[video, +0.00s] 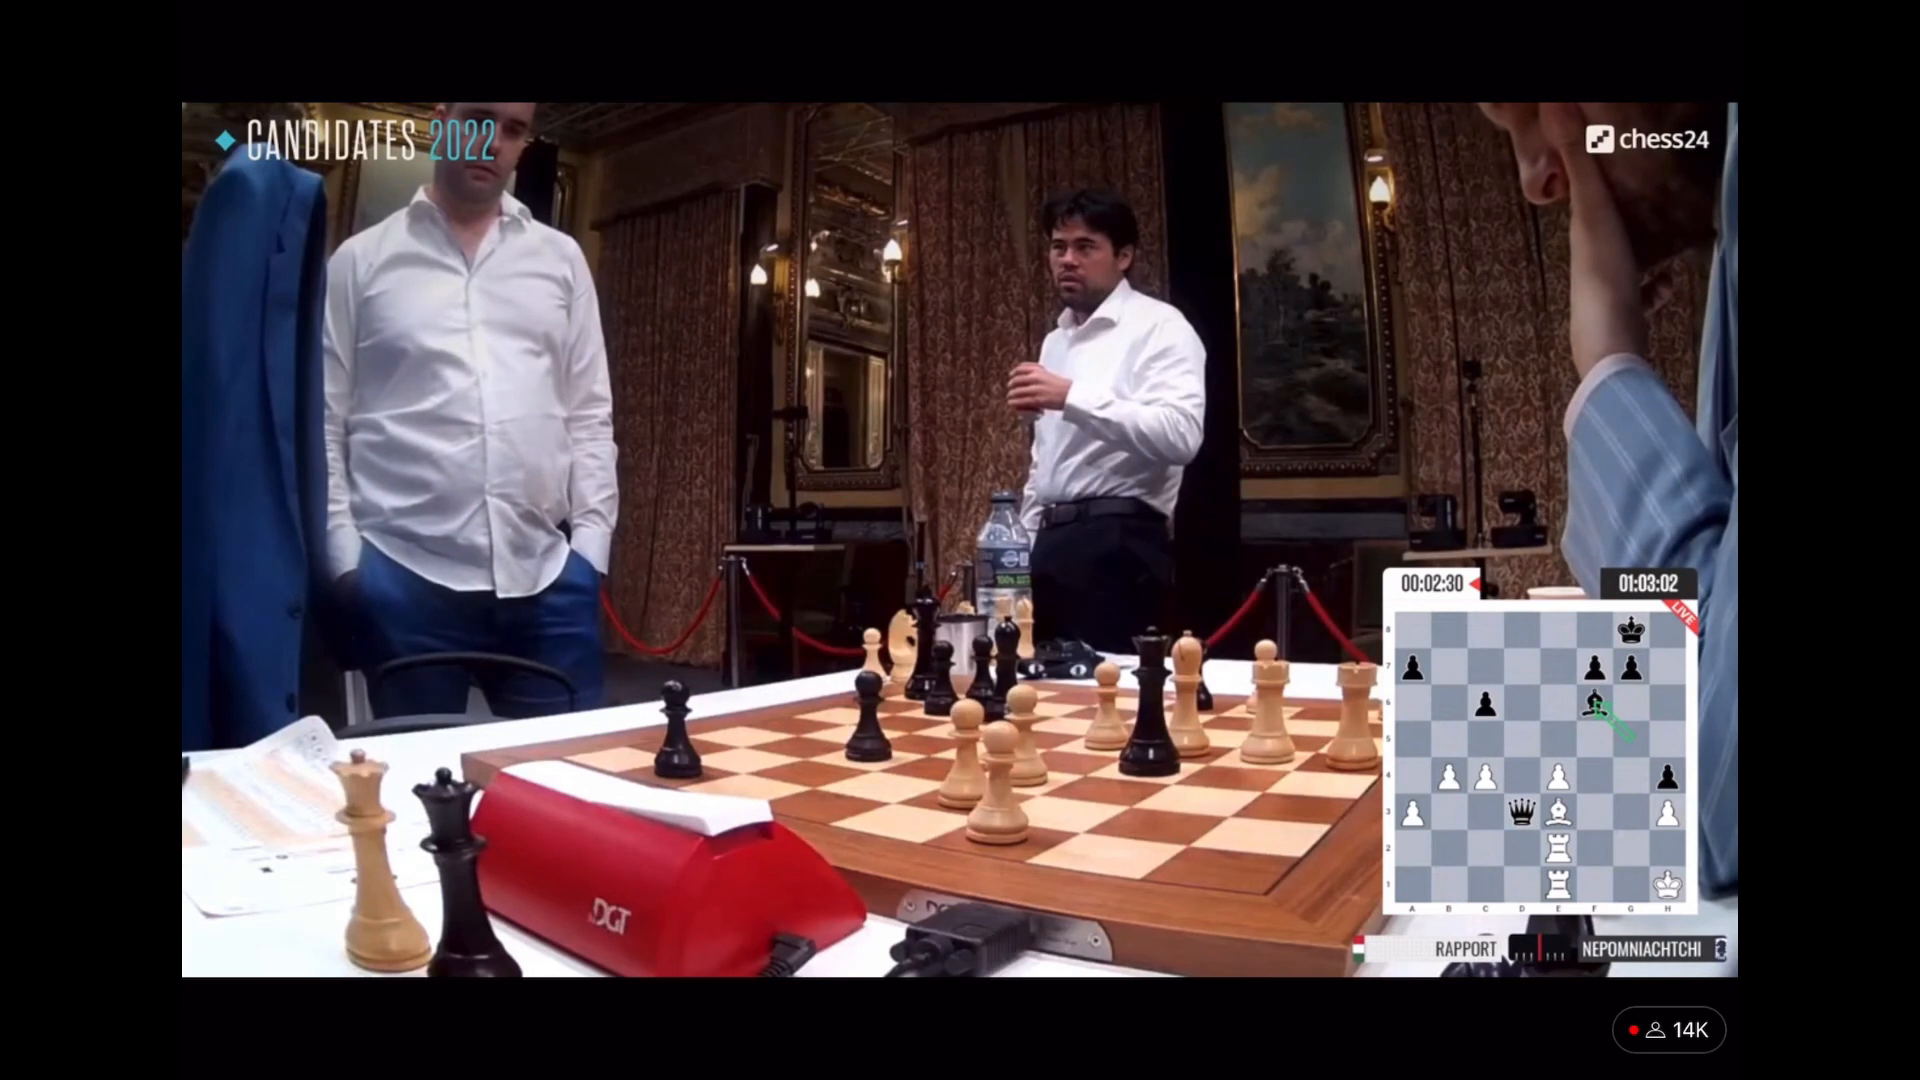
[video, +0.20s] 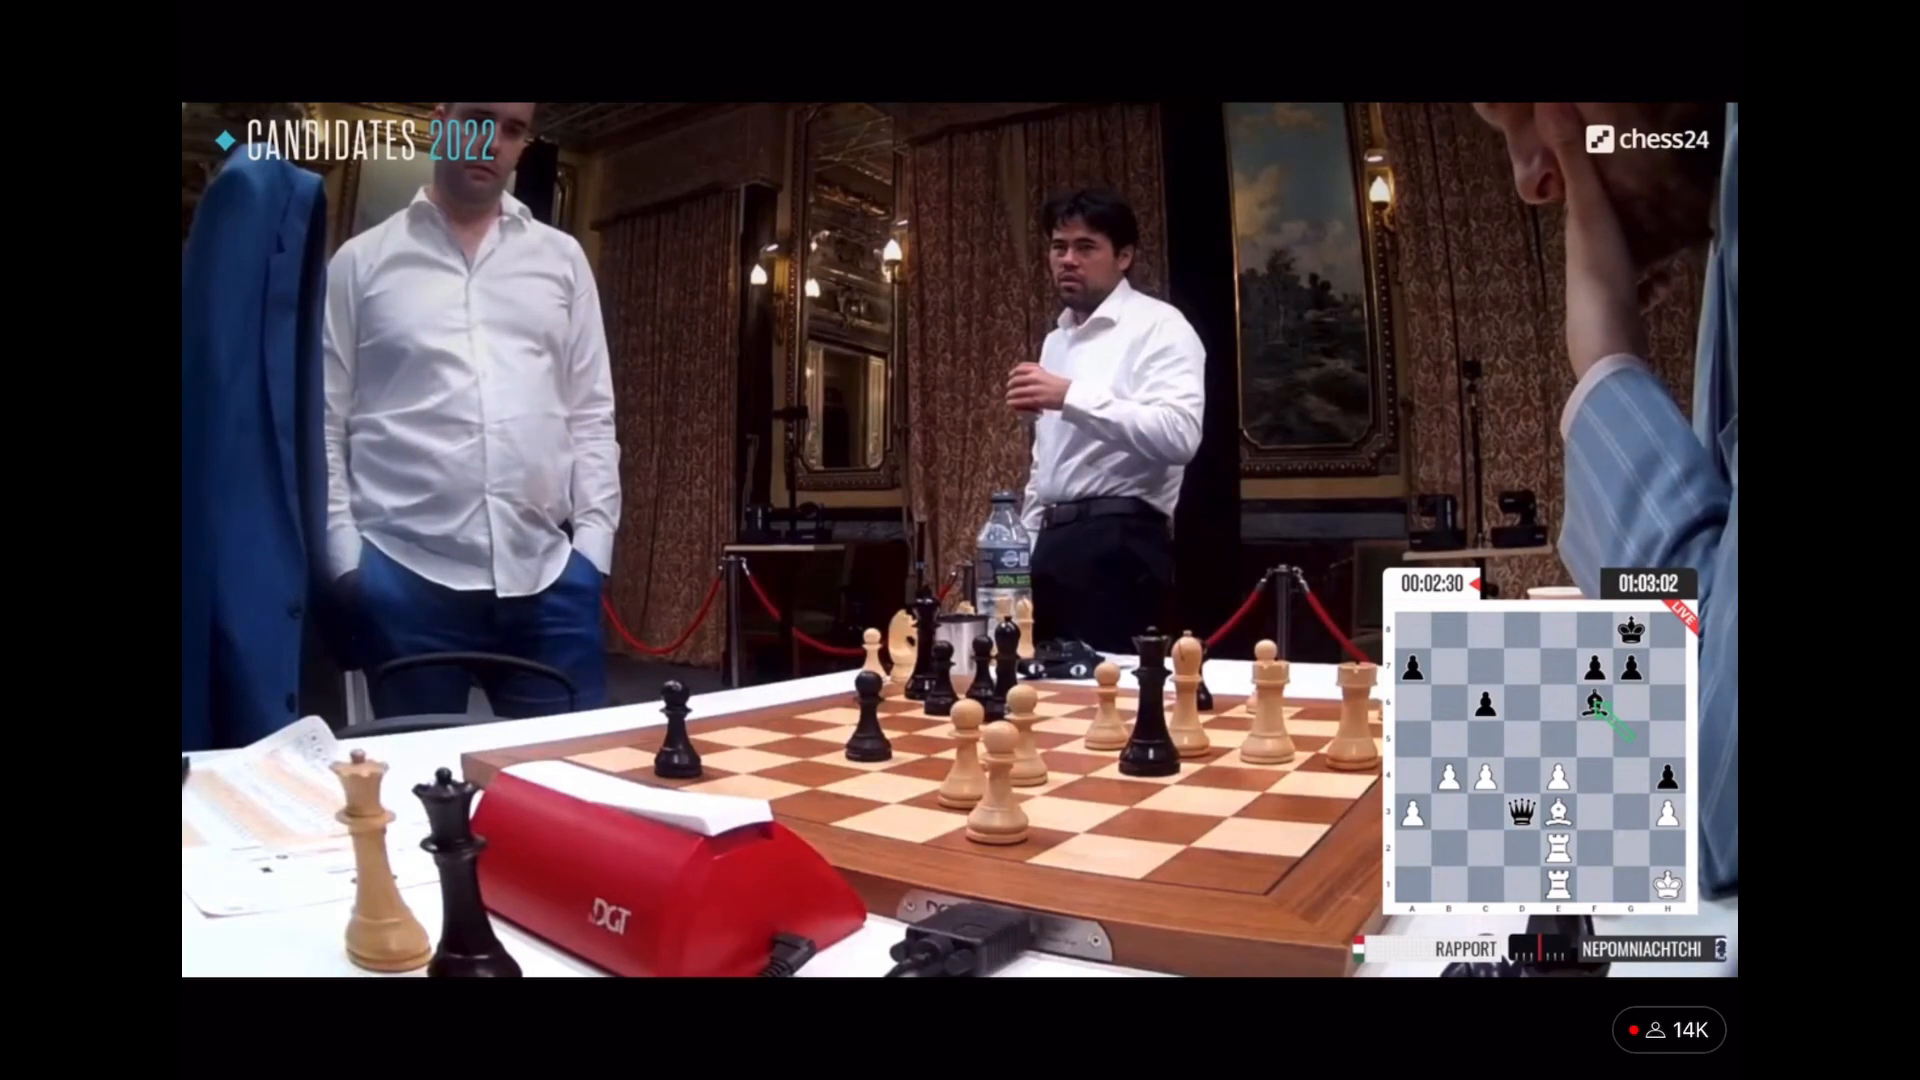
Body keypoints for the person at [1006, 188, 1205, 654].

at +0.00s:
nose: (1068, 261)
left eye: (1085, 247)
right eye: (1059, 247)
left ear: (1123, 258)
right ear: (1049, 255)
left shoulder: (1164, 328)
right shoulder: (1056, 342)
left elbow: (1180, 435)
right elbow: (1044, 453)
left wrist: (1071, 394)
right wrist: (1028, 530)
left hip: (1122, 534)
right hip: (1055, 533)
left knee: (1119, 695)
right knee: (1056, 695)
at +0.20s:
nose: (1068, 261)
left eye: (1085, 248)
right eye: (1060, 247)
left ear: (1123, 258)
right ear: (1049, 255)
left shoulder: (1163, 328)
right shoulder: (1057, 341)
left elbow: (1179, 435)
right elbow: (1046, 454)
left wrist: (1070, 394)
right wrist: (1029, 534)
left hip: (1123, 534)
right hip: (1056, 534)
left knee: (1118, 694)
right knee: (1057, 695)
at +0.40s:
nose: (1070, 261)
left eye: (1087, 248)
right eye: (1061, 247)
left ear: (1125, 258)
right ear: (1050, 255)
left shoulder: (1164, 328)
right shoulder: (1058, 342)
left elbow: (1180, 435)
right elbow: (1047, 457)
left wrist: (1071, 394)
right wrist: (1028, 539)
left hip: (1124, 536)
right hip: (1057, 535)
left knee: (1120, 695)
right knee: (1058, 696)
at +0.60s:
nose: (1071, 261)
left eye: (1088, 249)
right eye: (1063, 248)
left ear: (1126, 258)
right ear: (1052, 254)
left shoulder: (1166, 328)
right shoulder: (1060, 343)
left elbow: (1181, 435)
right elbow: (1050, 461)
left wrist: (1072, 395)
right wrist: (1030, 539)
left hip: (1126, 535)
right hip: (1059, 534)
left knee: (1120, 695)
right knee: (1058, 694)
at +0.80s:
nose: (1072, 261)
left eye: (1089, 248)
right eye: (1064, 248)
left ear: (1127, 258)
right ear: (1053, 254)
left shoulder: (1167, 328)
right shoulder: (1061, 344)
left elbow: (1182, 436)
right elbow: (1051, 461)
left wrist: (1073, 395)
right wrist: (1030, 539)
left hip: (1125, 535)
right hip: (1059, 535)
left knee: (1121, 696)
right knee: (1059, 695)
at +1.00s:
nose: (1071, 261)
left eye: (1088, 248)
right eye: (1063, 248)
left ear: (1126, 258)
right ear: (1052, 254)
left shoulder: (1166, 329)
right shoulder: (1060, 344)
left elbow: (1181, 437)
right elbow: (1050, 461)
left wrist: (1072, 397)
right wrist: (1029, 539)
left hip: (1125, 536)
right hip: (1058, 535)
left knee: (1122, 696)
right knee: (1059, 696)